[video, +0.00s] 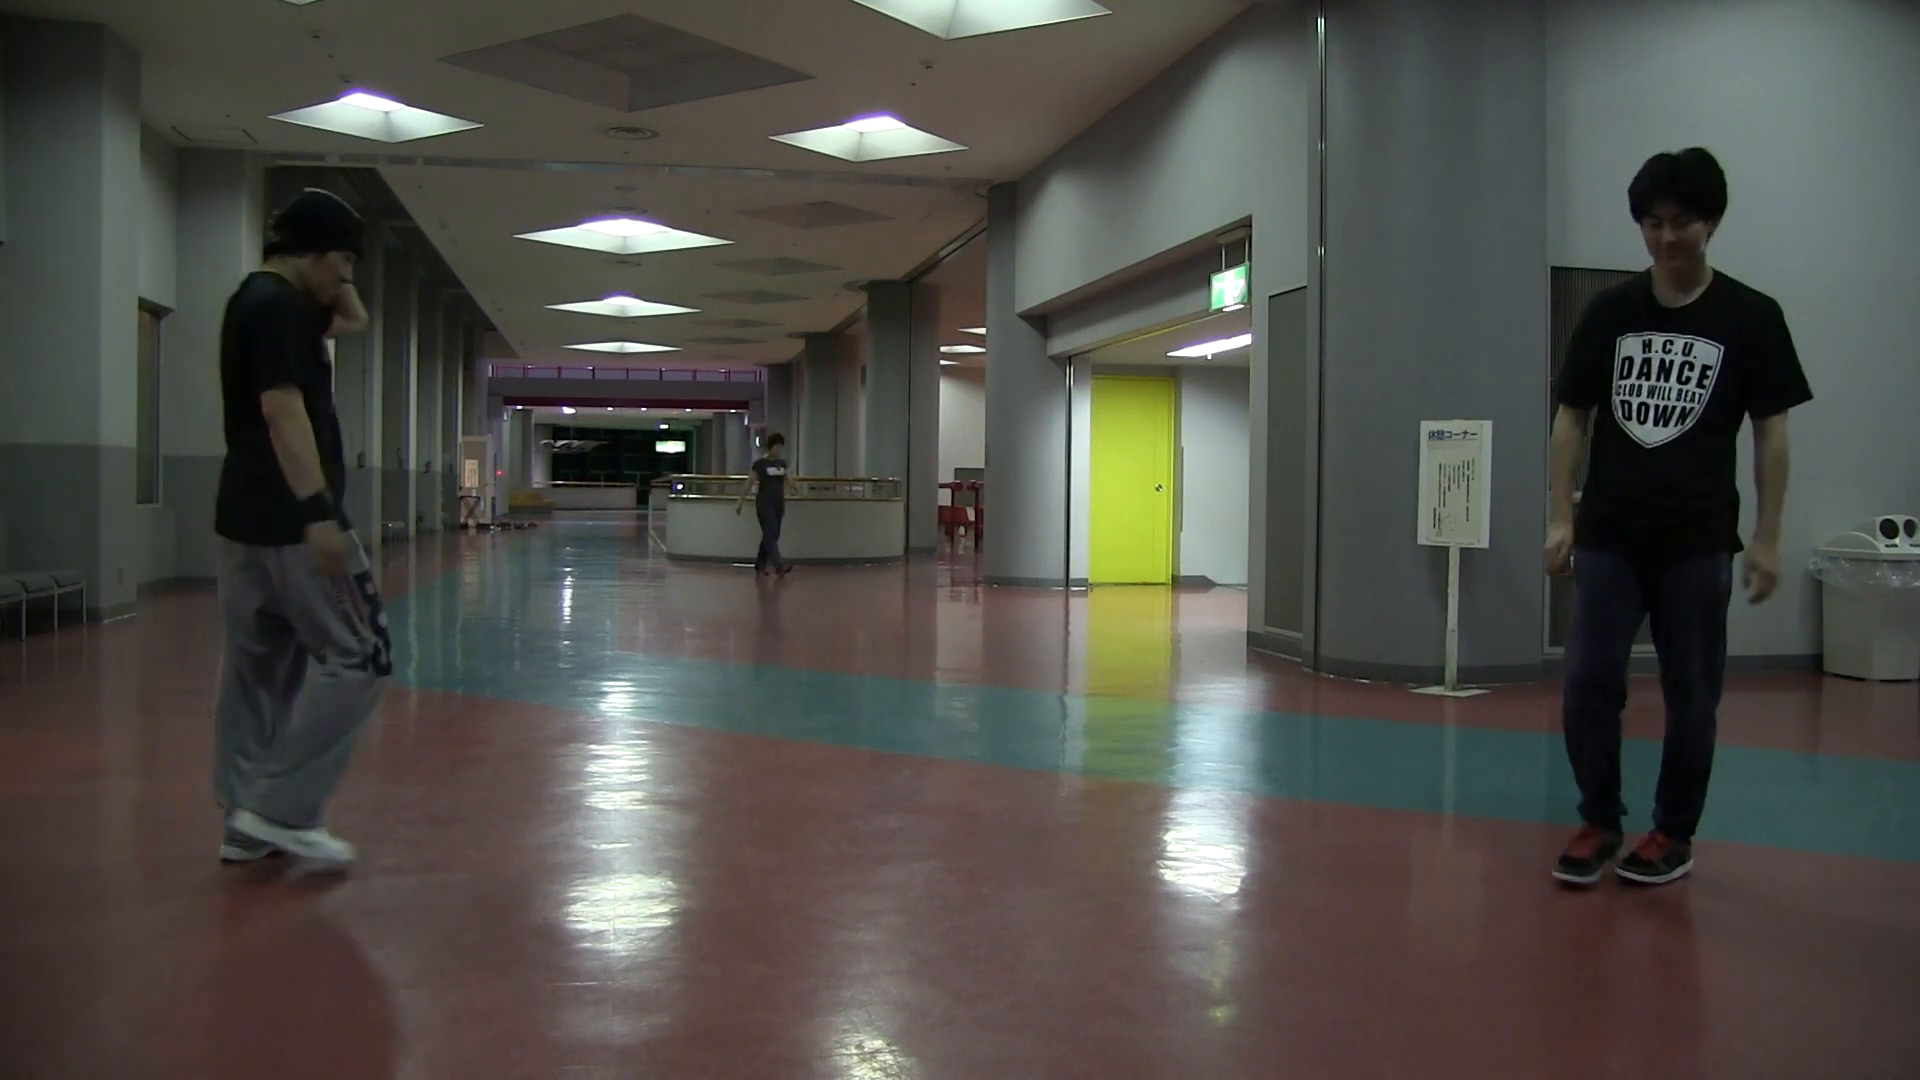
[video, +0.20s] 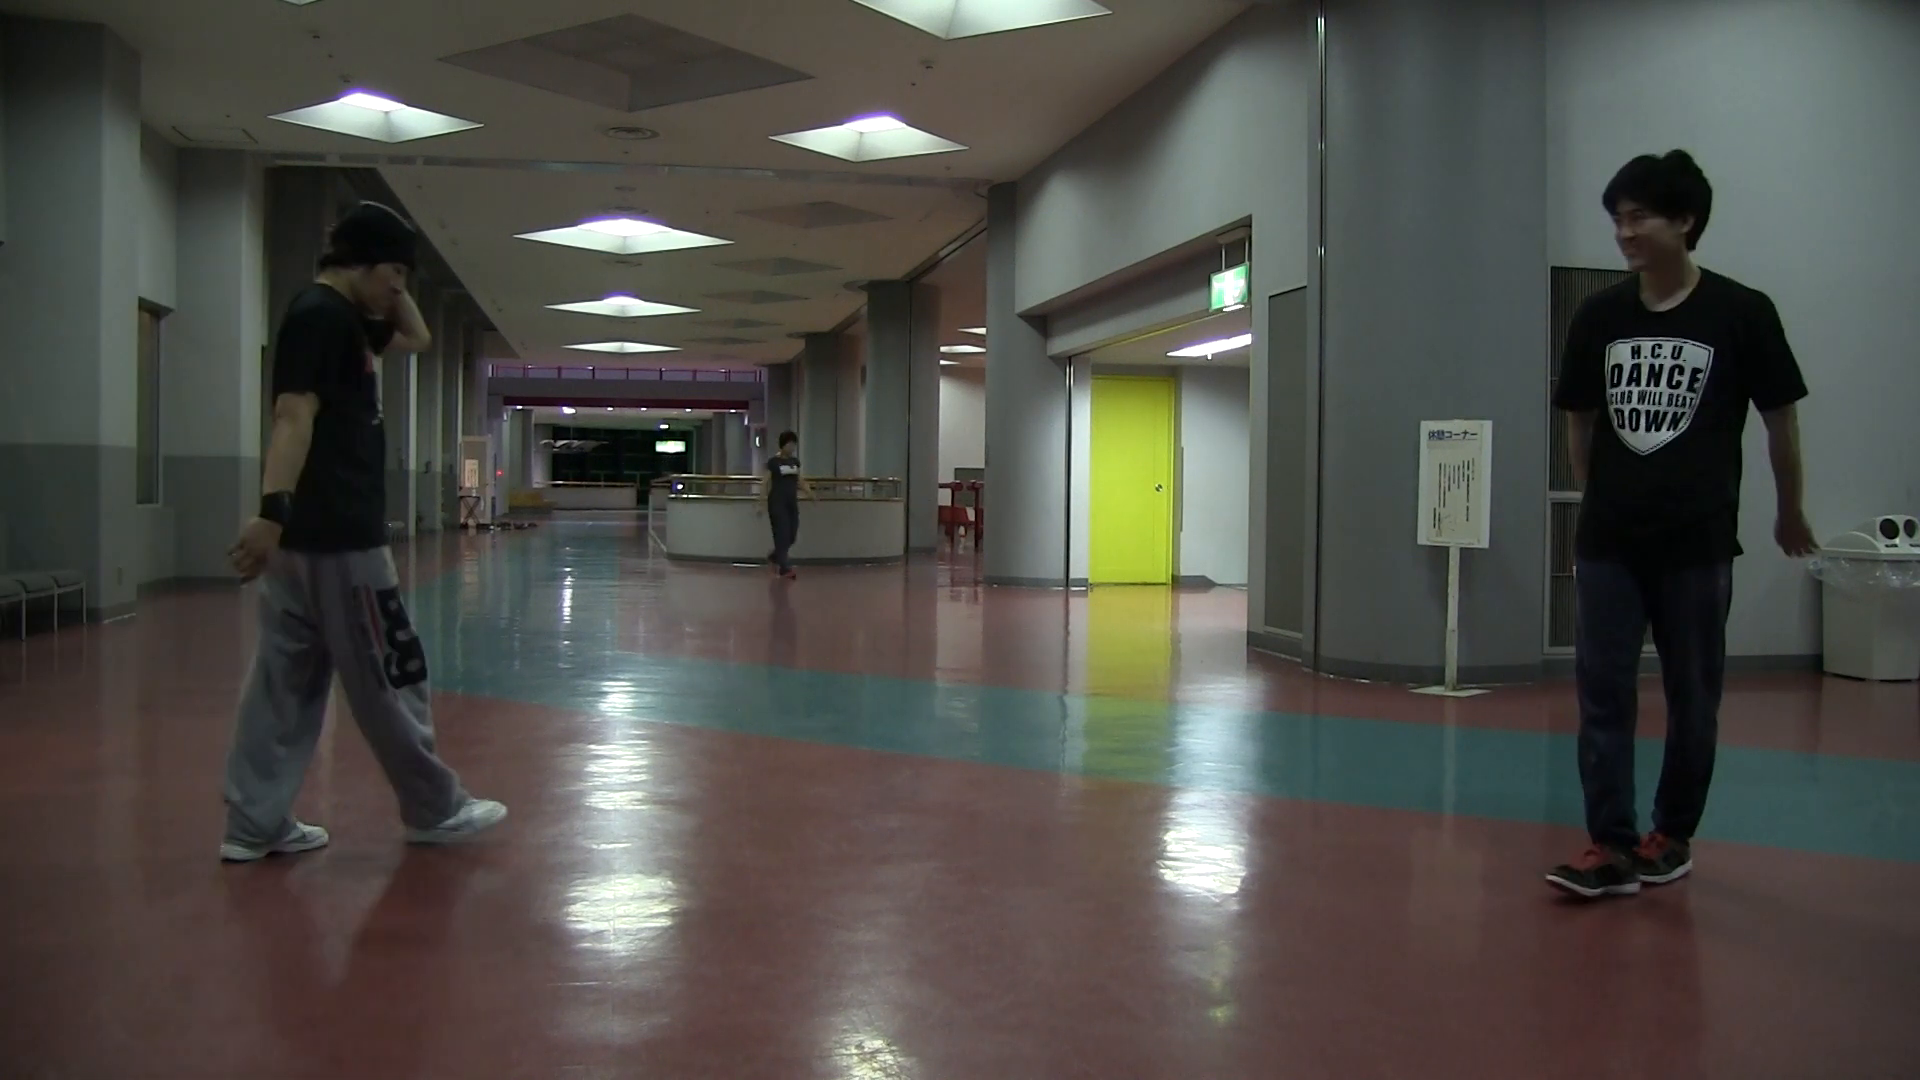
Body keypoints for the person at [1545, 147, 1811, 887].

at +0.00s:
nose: (1670, 237)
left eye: (1685, 222)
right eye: (1656, 223)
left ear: (1711, 223)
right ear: (1640, 226)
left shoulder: (1752, 317)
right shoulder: (1610, 309)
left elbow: (1771, 432)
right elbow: (1572, 415)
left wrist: (1766, 539)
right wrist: (1560, 516)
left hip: (1696, 539)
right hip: (1608, 533)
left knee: (1692, 693)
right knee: (1587, 682)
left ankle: (1672, 835)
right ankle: (1599, 825)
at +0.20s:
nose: (1625, 232)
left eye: (1640, 218)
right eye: (1619, 220)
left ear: (1687, 222)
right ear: (1614, 226)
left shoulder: (1742, 312)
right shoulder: (1599, 315)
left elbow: (1780, 418)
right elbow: (1579, 420)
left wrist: (1790, 511)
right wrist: (1590, 503)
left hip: (1696, 540)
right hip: (1609, 536)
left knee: (1692, 696)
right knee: (1602, 694)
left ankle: (1673, 840)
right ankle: (1610, 848)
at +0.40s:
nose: (1587, 226)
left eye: (1601, 212)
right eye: (1583, 213)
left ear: (1649, 217)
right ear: (1588, 225)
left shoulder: (1719, 305)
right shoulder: (1584, 321)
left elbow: (1752, 416)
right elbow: (1593, 421)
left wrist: (1710, 487)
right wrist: (1650, 471)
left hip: (1692, 534)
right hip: (1609, 535)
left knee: (1691, 696)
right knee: (1609, 697)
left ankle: (1677, 839)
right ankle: (1633, 852)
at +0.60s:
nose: (1551, 223)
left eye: (1564, 207)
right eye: (1550, 211)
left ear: (1612, 214)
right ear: (1580, 223)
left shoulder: (1681, 297)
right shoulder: (1570, 329)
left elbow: (1735, 412)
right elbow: (1584, 430)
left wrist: (1727, 498)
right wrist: (1639, 485)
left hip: (1687, 529)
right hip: (1608, 532)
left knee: (1672, 691)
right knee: (1608, 694)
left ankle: (1677, 827)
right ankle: (1636, 856)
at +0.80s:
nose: (1538, 226)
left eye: (1549, 210)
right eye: (1538, 214)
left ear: (1596, 214)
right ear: (1577, 222)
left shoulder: (1656, 291)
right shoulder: (1576, 328)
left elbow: (1707, 408)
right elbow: (1606, 431)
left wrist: (1723, 508)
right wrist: (1698, 512)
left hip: (1668, 526)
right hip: (1609, 531)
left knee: (1626, 682)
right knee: (1604, 696)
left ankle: (1716, 792)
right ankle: (1634, 857)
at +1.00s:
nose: (1546, 227)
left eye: (1555, 212)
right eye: (1546, 214)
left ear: (1599, 214)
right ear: (1588, 219)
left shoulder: (1645, 287)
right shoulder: (1613, 302)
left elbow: (1685, 399)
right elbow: (1651, 413)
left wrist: (1716, 499)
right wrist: (1710, 505)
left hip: (1658, 523)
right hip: (1631, 524)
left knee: (1599, 677)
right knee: (1617, 685)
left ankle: (1757, 771)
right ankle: (1633, 857)